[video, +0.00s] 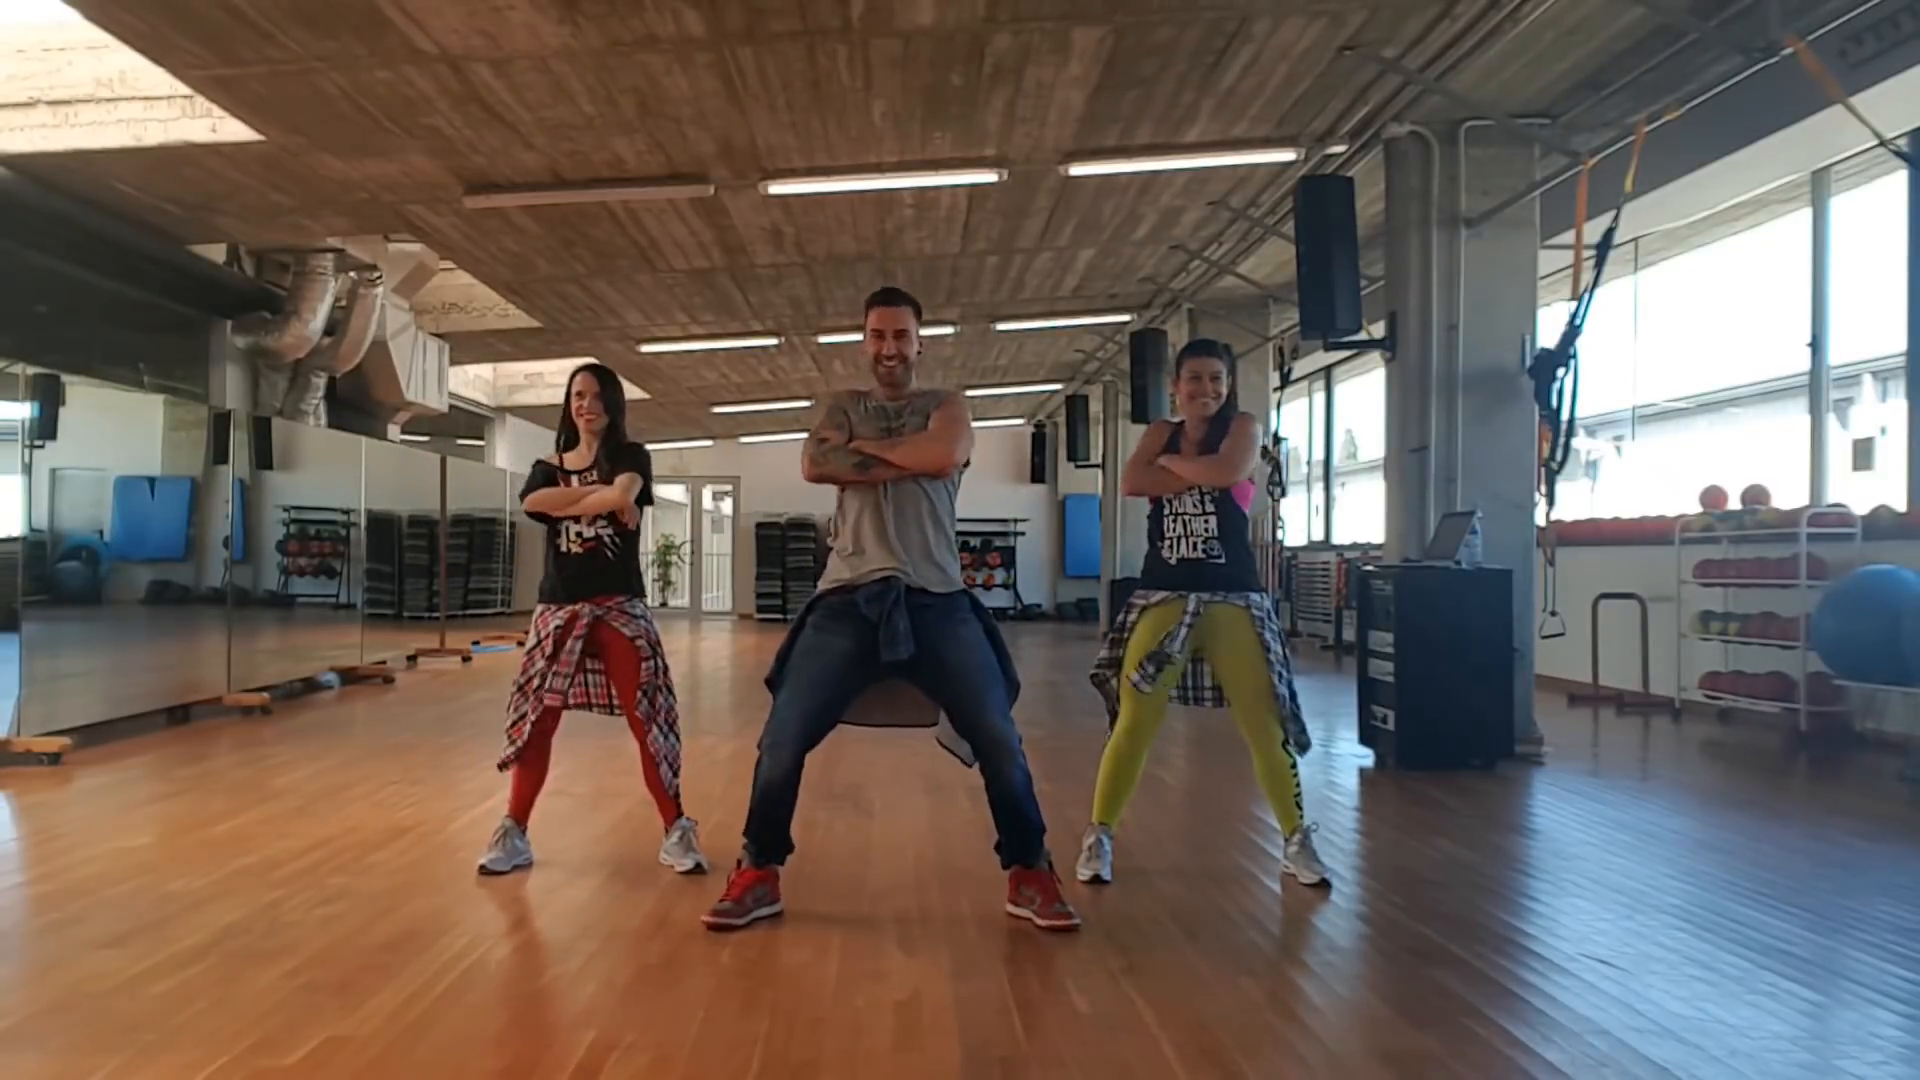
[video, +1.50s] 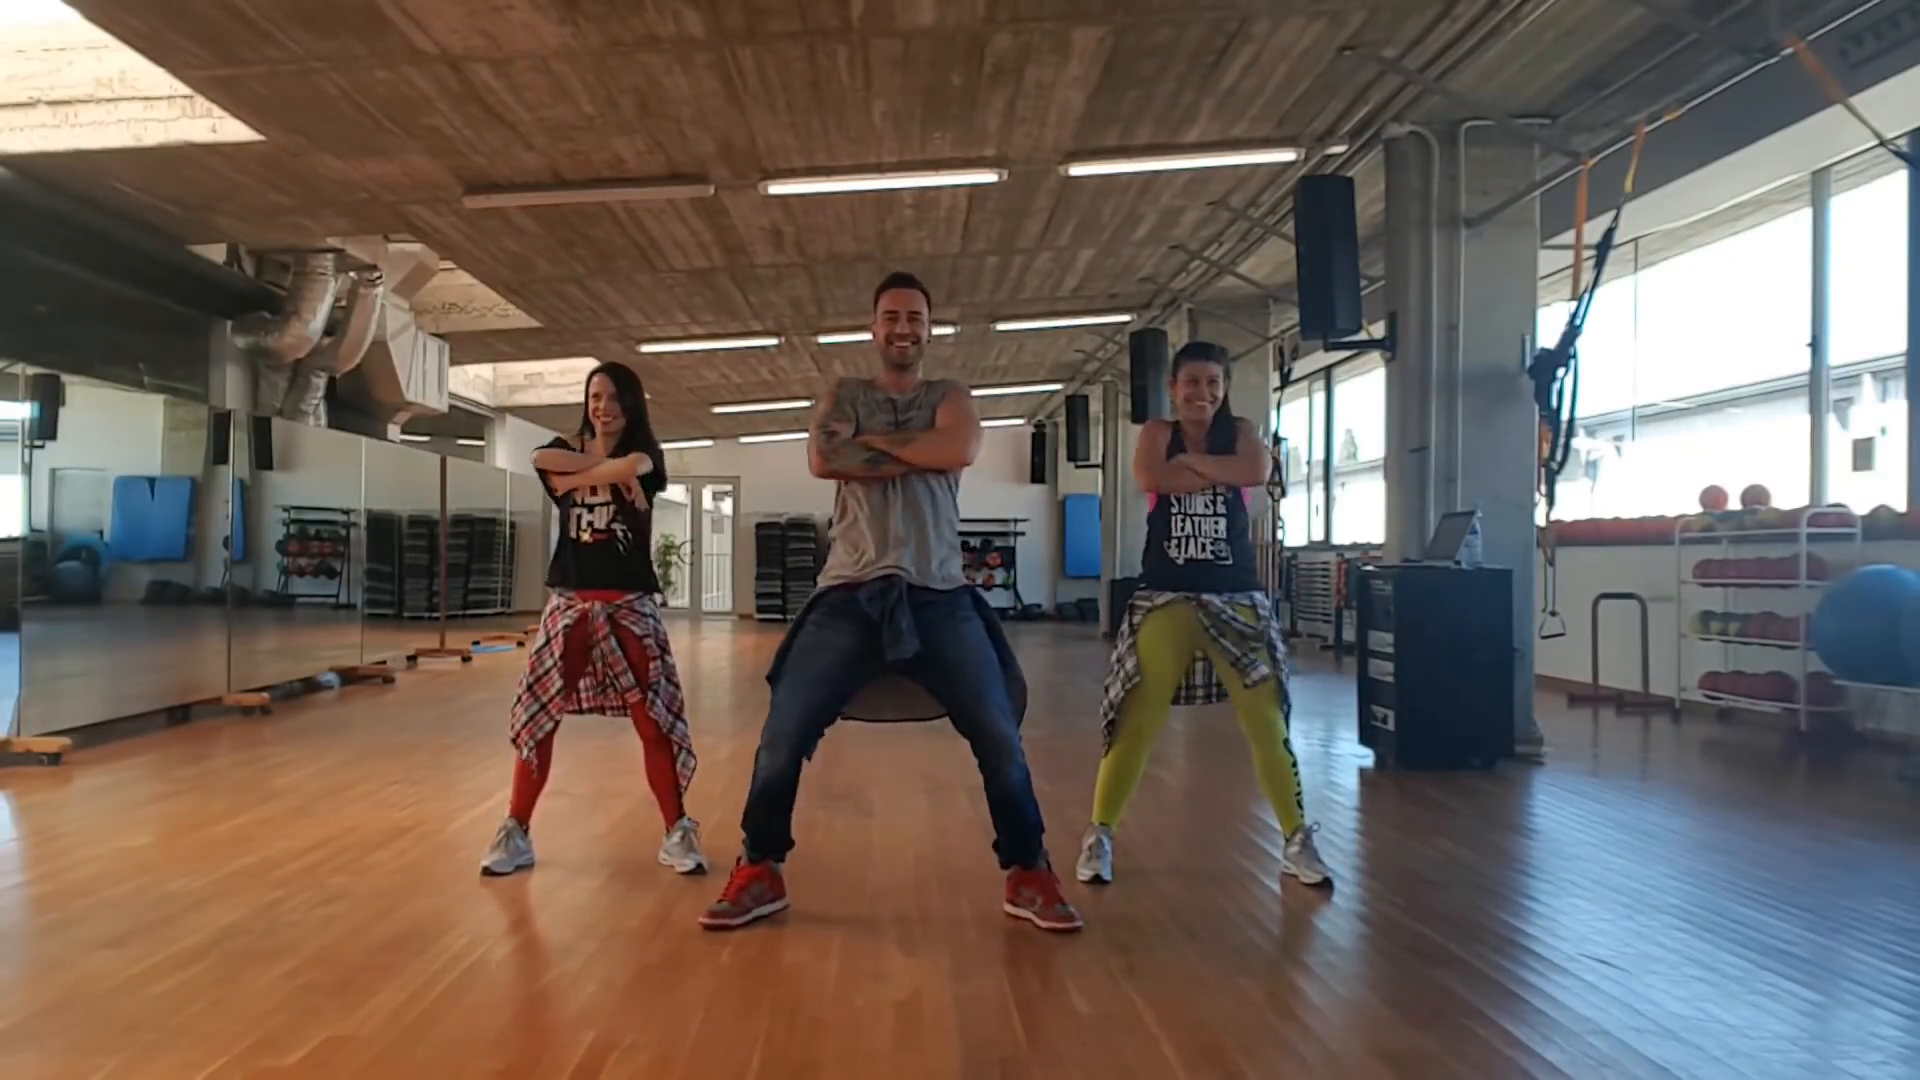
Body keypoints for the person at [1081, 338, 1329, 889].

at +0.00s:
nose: (1204, 388)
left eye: (1214, 379)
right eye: (1193, 378)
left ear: (1228, 386)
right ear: (1175, 385)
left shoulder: (1242, 426)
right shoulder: (1161, 432)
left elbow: (1227, 473)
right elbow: (1132, 481)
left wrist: (1164, 459)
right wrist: (1201, 469)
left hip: (1230, 595)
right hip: (1161, 594)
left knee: (1261, 722)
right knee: (1135, 721)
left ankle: (1297, 841)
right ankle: (1098, 838)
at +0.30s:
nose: (1205, 390)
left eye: (1214, 381)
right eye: (1194, 380)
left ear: (1226, 388)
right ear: (1175, 386)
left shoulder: (1240, 438)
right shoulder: (1162, 428)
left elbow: (1277, 484)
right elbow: (1196, 478)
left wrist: (1219, 457)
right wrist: (1248, 474)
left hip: (1243, 598)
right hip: (1179, 599)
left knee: (1268, 724)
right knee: (1144, 724)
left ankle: (1296, 841)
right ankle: (1099, 838)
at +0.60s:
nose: (1199, 390)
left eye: (1210, 381)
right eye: (1189, 380)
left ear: (1223, 387)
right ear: (1172, 385)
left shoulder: (1239, 427)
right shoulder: (1156, 431)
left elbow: (1235, 469)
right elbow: (1135, 478)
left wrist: (1165, 457)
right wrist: (1208, 469)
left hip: (1236, 596)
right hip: (1163, 596)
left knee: (1269, 723)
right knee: (1140, 719)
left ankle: (1298, 840)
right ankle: (1098, 837)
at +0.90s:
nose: (1201, 391)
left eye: (1211, 382)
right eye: (1191, 381)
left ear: (1225, 387)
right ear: (1173, 387)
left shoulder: (1238, 426)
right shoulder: (1158, 435)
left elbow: (1221, 471)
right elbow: (1128, 484)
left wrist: (1160, 460)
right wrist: (1196, 469)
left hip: (1229, 594)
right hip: (1160, 594)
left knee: (1261, 718)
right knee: (1135, 720)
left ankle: (1296, 840)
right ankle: (1098, 837)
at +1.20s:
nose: (1202, 391)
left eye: (1212, 382)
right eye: (1192, 381)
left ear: (1223, 387)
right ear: (1173, 386)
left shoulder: (1238, 435)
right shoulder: (1160, 429)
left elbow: (1277, 482)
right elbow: (1197, 478)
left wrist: (1219, 460)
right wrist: (1249, 474)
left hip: (1240, 598)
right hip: (1177, 597)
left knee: (1266, 723)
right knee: (1142, 721)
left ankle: (1296, 841)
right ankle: (1099, 837)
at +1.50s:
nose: (1201, 392)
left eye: (1211, 383)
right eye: (1191, 382)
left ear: (1224, 388)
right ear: (1173, 387)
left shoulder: (1242, 431)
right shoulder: (1156, 432)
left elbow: (1256, 473)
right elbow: (1149, 477)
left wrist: (1188, 460)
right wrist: (1224, 470)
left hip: (1237, 598)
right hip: (1165, 598)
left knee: (1266, 721)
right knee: (1141, 718)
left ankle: (1297, 841)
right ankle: (1099, 837)